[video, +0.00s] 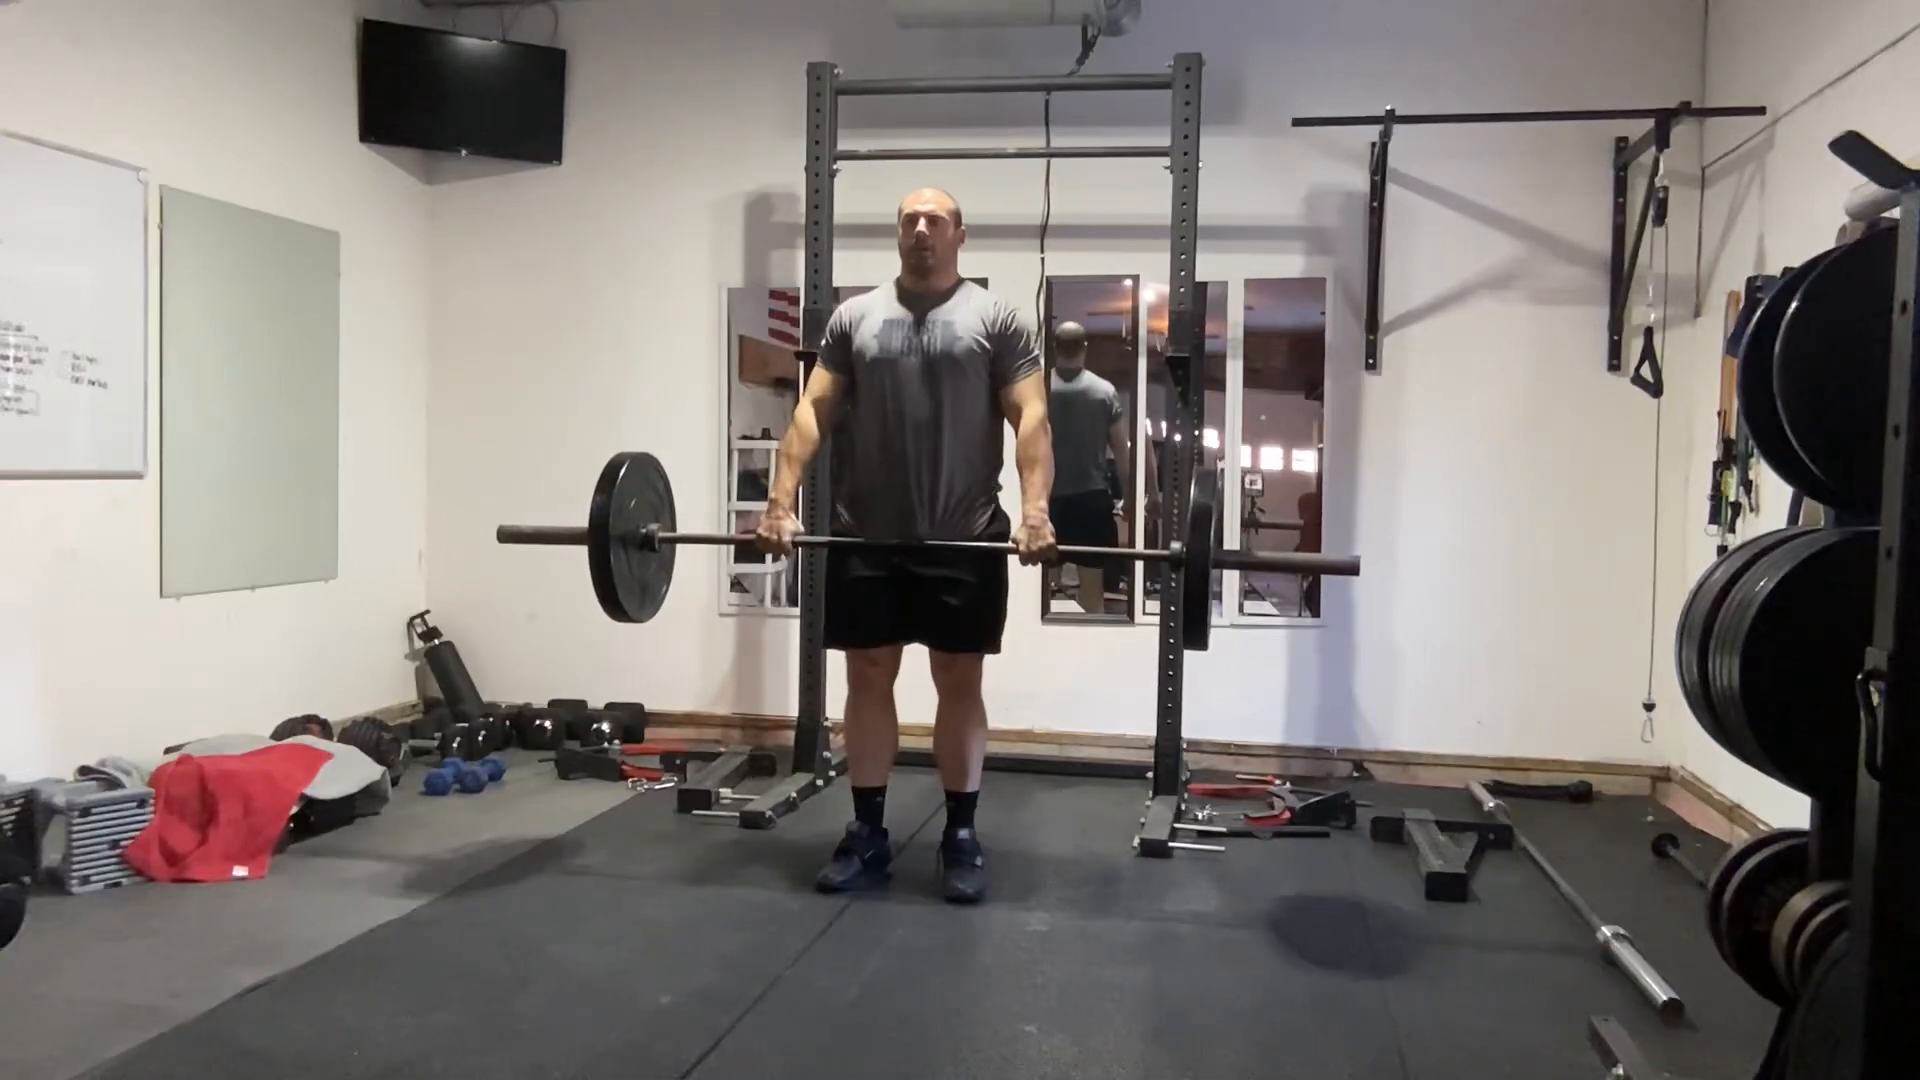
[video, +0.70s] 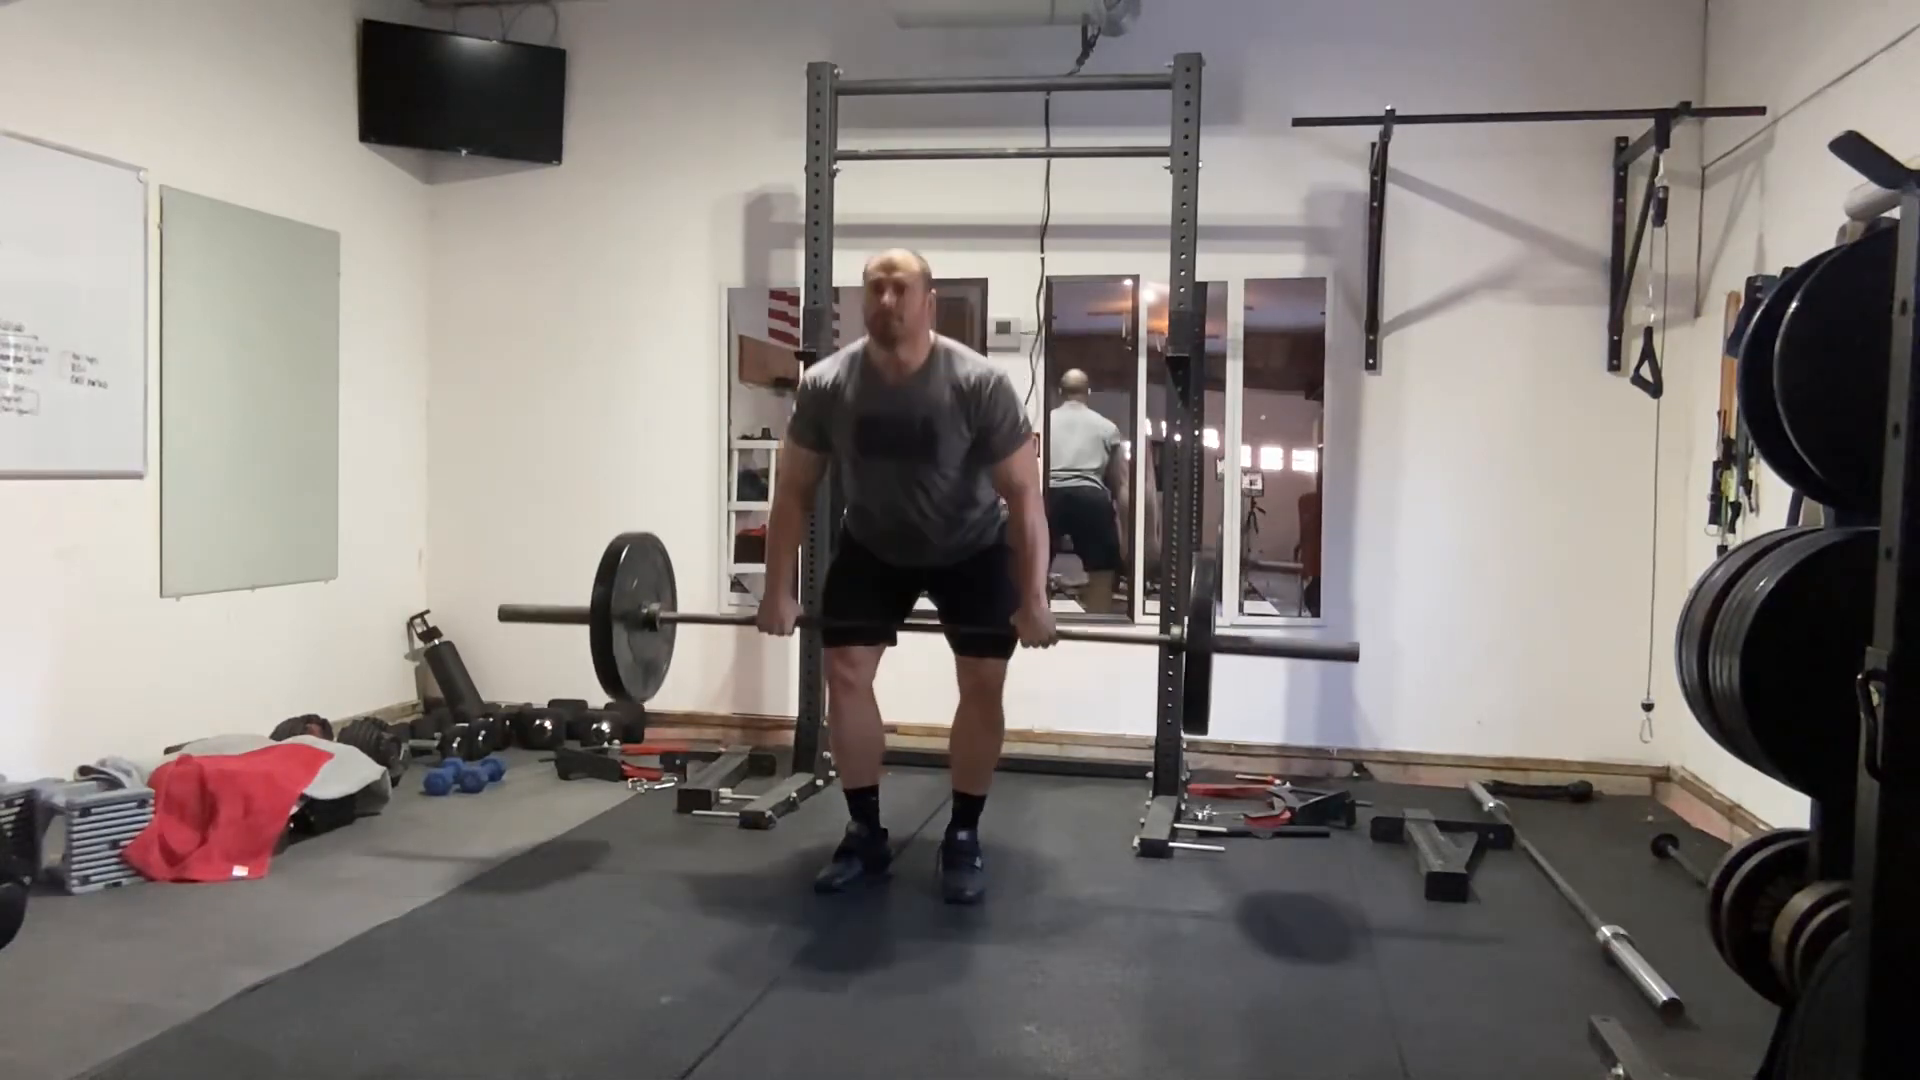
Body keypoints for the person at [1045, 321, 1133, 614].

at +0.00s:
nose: (1070, 351)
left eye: (1066, 346)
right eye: (1073, 345)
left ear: (1055, 348)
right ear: (1085, 348)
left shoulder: (1037, 389)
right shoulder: (1103, 390)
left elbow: (1029, 446)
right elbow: (1121, 450)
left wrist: (1031, 498)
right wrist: (1129, 498)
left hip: (1048, 497)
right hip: (1091, 498)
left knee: (1041, 581)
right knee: (1091, 584)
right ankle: (1093, 648)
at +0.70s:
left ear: (1060, 392)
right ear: (1088, 392)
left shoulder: (1044, 421)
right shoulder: (1106, 427)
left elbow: (1032, 466)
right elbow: (1119, 482)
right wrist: (1127, 537)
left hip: (1051, 498)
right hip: (1091, 499)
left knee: (1036, 565)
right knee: (1101, 571)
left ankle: (1033, 633)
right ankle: (1097, 640)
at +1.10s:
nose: (1079, 356)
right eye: (1084, 350)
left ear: (1057, 352)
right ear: (1085, 353)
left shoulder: (1043, 386)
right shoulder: (1103, 389)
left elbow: (1031, 441)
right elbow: (1127, 440)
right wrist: (1129, 491)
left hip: (1051, 492)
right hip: (1093, 491)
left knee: (1047, 566)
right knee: (1094, 569)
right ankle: (1095, 631)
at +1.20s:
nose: (1068, 347)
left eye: (1063, 341)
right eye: (1072, 340)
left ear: (1053, 341)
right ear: (1083, 341)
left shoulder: (1044, 378)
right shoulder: (1102, 375)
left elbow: (1030, 426)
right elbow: (1129, 421)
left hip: (1050, 483)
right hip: (1090, 481)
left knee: (1044, 569)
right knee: (1091, 568)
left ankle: (1034, 639)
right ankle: (1098, 636)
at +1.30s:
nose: (1069, 348)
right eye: (1072, 340)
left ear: (1051, 342)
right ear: (1081, 342)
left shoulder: (1041, 375)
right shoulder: (1097, 374)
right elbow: (1129, 412)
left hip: (1047, 486)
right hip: (1088, 482)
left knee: (1043, 573)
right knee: (1092, 570)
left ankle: (1033, 642)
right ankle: (1098, 638)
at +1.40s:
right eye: (1082, 344)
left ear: (1053, 348)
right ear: (1082, 347)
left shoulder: (1041, 384)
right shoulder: (1098, 385)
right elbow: (1120, 429)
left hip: (1047, 490)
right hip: (1087, 487)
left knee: (1044, 573)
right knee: (1089, 572)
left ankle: (1036, 641)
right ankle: (1096, 637)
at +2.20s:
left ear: (1056, 386)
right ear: (1086, 385)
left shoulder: (1041, 427)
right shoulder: (1107, 430)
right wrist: (1125, 425)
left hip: (1050, 523)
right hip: (1093, 523)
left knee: (1034, 589)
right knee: (1107, 589)